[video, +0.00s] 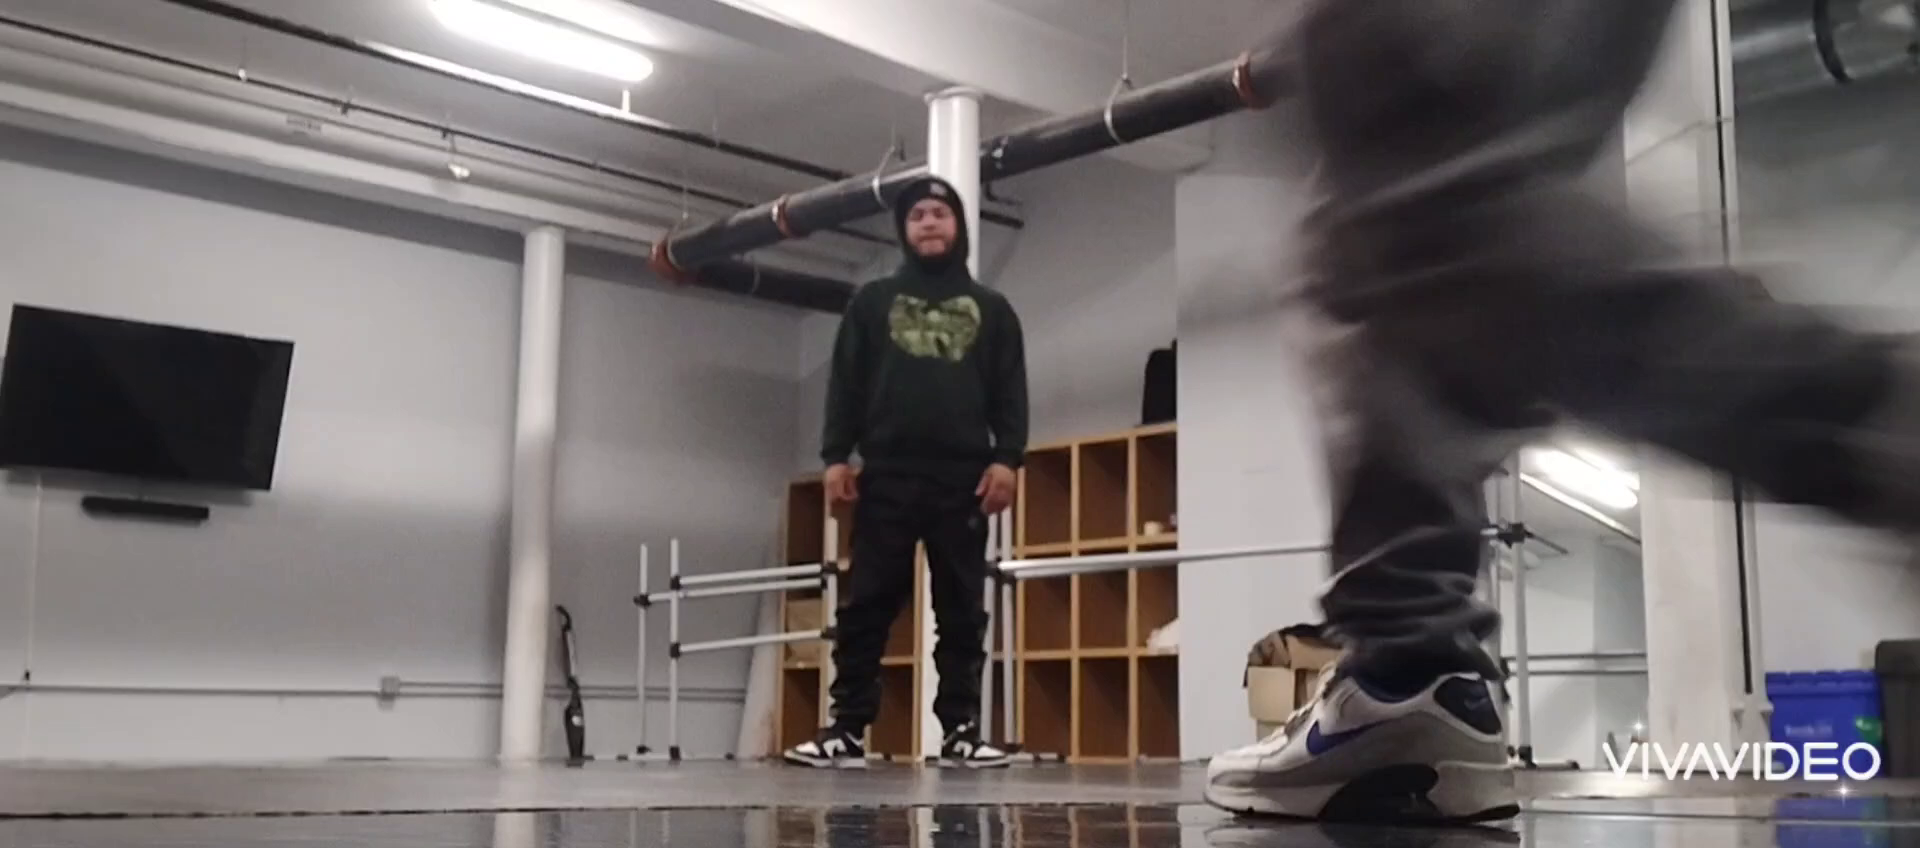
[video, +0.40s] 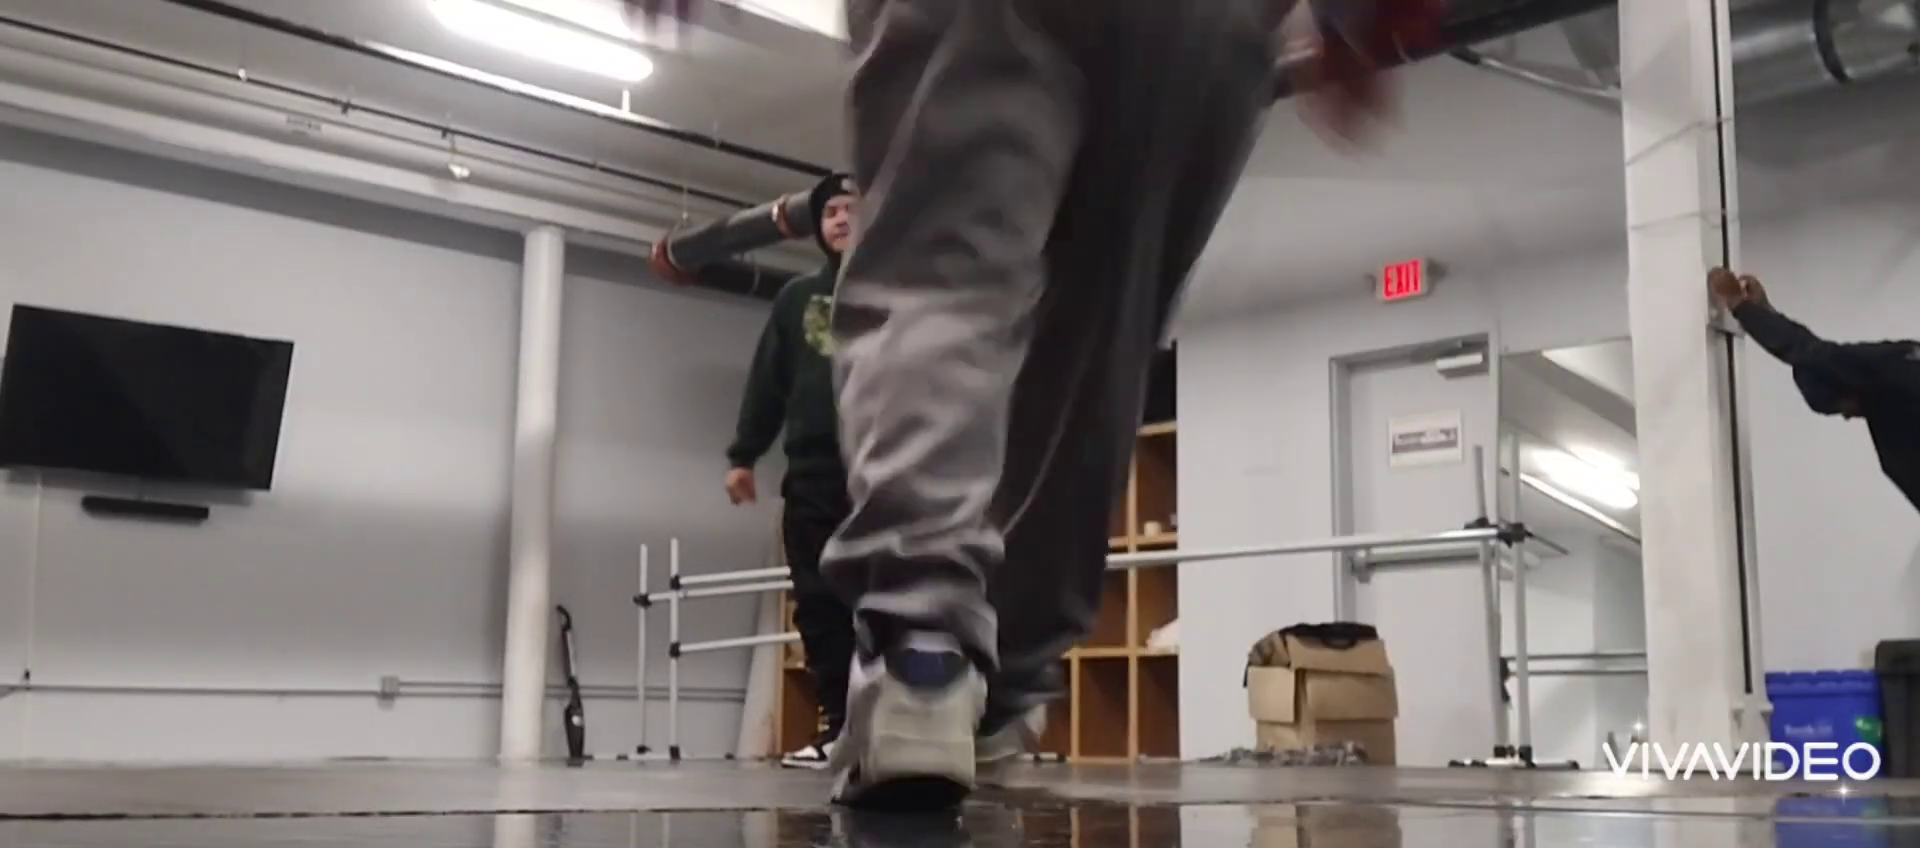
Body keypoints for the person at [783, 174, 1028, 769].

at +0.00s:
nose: (929, 223)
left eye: (939, 214)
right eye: (919, 216)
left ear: (960, 227)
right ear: (903, 231)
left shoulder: (991, 309)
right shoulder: (872, 300)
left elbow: (1011, 391)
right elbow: (845, 381)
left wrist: (1007, 459)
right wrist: (837, 456)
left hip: (960, 475)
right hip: (886, 472)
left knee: (962, 611)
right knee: (866, 604)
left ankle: (960, 732)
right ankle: (848, 731)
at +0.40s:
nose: (841, 220)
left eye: (851, 210)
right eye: (832, 212)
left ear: (873, 221)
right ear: (820, 228)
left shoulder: (894, 290)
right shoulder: (801, 296)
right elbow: (769, 380)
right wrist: (743, 454)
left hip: (882, 465)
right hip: (814, 467)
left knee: (880, 582)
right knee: (817, 597)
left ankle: (885, 719)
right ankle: (836, 722)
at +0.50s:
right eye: (817, 228)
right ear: (808, 235)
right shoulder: (788, 298)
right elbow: (755, 378)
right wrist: (729, 452)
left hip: (876, 472)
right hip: (804, 475)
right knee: (811, 605)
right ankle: (834, 724)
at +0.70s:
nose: (790, 228)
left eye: (800, 216)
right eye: (783, 216)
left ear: (828, 224)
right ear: (776, 225)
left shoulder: (847, 291)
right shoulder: (762, 290)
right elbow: (734, 379)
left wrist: (886, 451)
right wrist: (716, 448)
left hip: (829, 449)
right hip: (766, 449)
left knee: (807, 589)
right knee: (810, 589)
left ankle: (775, 721)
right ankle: (842, 724)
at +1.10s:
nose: (747, 191)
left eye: (762, 184)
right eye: (741, 181)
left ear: (787, 200)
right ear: (729, 194)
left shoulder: (803, 270)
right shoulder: (714, 272)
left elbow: (821, 362)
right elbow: (690, 360)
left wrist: (807, 448)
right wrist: (663, 442)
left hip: (766, 454)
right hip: (711, 454)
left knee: (755, 594)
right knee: (718, 602)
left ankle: (731, 733)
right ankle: (810, 698)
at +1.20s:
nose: (730, 187)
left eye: (746, 180)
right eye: (725, 177)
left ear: (773, 196)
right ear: (714, 190)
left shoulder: (788, 268)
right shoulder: (700, 270)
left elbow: (796, 365)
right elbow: (676, 360)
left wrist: (772, 444)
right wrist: (645, 444)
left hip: (756, 452)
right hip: (698, 451)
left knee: (751, 588)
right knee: (679, 592)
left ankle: (734, 730)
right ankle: (770, 687)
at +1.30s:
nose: (712, 182)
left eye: (728, 175)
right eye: (706, 173)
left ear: (755, 189)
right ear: (695, 186)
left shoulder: (770, 259)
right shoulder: (684, 264)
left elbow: (773, 355)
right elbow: (661, 355)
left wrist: (739, 427)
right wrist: (632, 442)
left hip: (748, 450)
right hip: (680, 450)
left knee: (746, 591)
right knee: (648, 587)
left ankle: (730, 730)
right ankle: (701, 692)